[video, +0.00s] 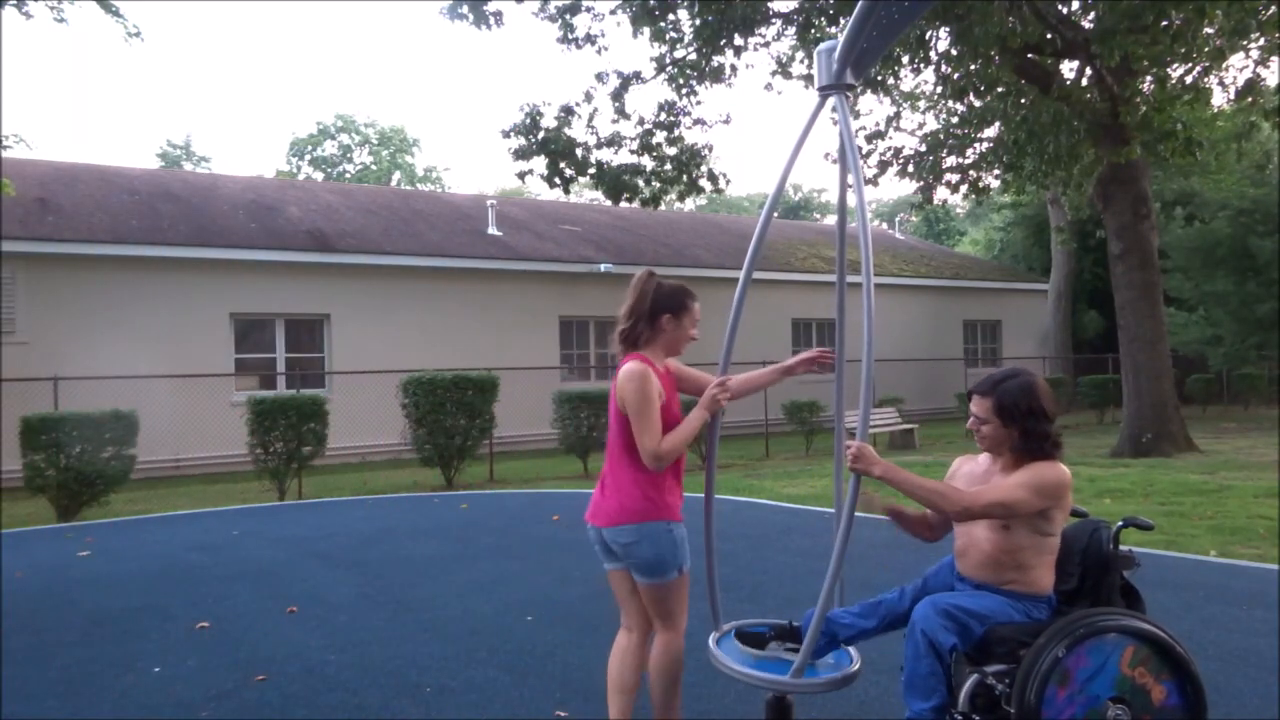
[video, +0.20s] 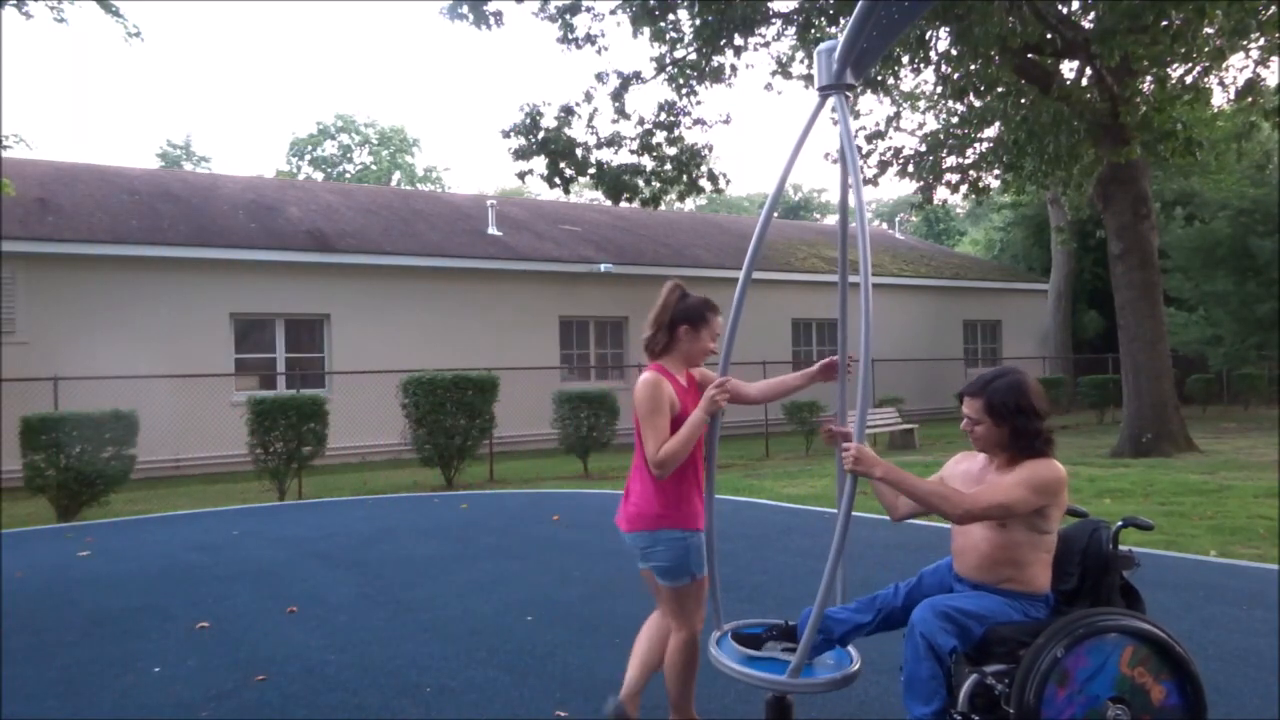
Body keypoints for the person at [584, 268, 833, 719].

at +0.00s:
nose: (697, 333)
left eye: (697, 323)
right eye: (692, 323)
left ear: (664, 323)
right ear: (665, 323)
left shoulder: (659, 367)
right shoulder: (639, 375)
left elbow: (722, 388)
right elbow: (655, 454)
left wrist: (786, 368)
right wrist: (703, 408)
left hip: (610, 515)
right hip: (649, 520)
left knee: (634, 627)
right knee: (669, 629)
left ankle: (617, 716)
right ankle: (667, 715)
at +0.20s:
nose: (716, 346)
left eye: (718, 337)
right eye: (712, 336)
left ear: (687, 334)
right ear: (684, 334)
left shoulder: (694, 377)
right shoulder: (653, 384)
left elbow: (750, 392)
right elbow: (660, 462)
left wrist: (812, 375)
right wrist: (703, 412)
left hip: (669, 515)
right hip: (665, 522)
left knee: (670, 612)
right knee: (686, 625)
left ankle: (626, 700)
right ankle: (683, 713)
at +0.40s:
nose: (725, 340)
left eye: (727, 331)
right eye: (721, 331)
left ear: (707, 330)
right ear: (696, 329)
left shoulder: (712, 371)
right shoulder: (663, 377)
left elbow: (772, 389)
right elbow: (665, 453)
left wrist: (831, 376)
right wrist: (700, 404)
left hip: (701, 509)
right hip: (671, 514)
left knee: (729, 597)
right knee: (693, 622)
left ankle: (677, 684)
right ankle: (682, 712)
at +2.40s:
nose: (753, 338)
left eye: (758, 329)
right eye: (745, 328)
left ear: (762, 326)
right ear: (718, 324)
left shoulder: (761, 366)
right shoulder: (689, 367)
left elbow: (804, 416)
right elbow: (692, 418)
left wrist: (842, 381)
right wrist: (719, 370)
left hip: (758, 507)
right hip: (705, 509)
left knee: (746, 609)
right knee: (705, 615)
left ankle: (746, 696)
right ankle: (697, 709)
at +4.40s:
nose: (757, 345)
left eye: (763, 336)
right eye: (749, 335)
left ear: (768, 330)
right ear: (725, 328)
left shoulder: (771, 366)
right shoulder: (697, 370)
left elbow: (810, 414)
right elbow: (698, 417)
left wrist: (848, 379)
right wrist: (720, 370)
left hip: (769, 504)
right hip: (719, 508)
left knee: (756, 611)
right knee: (735, 615)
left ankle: (746, 702)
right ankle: (702, 707)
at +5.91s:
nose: (760, 347)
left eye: (765, 338)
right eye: (752, 337)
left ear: (770, 332)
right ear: (727, 328)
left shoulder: (774, 367)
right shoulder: (698, 369)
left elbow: (810, 417)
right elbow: (698, 412)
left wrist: (842, 381)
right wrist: (719, 369)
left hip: (770, 504)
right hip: (718, 508)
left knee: (757, 611)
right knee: (732, 615)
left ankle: (747, 699)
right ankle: (699, 706)